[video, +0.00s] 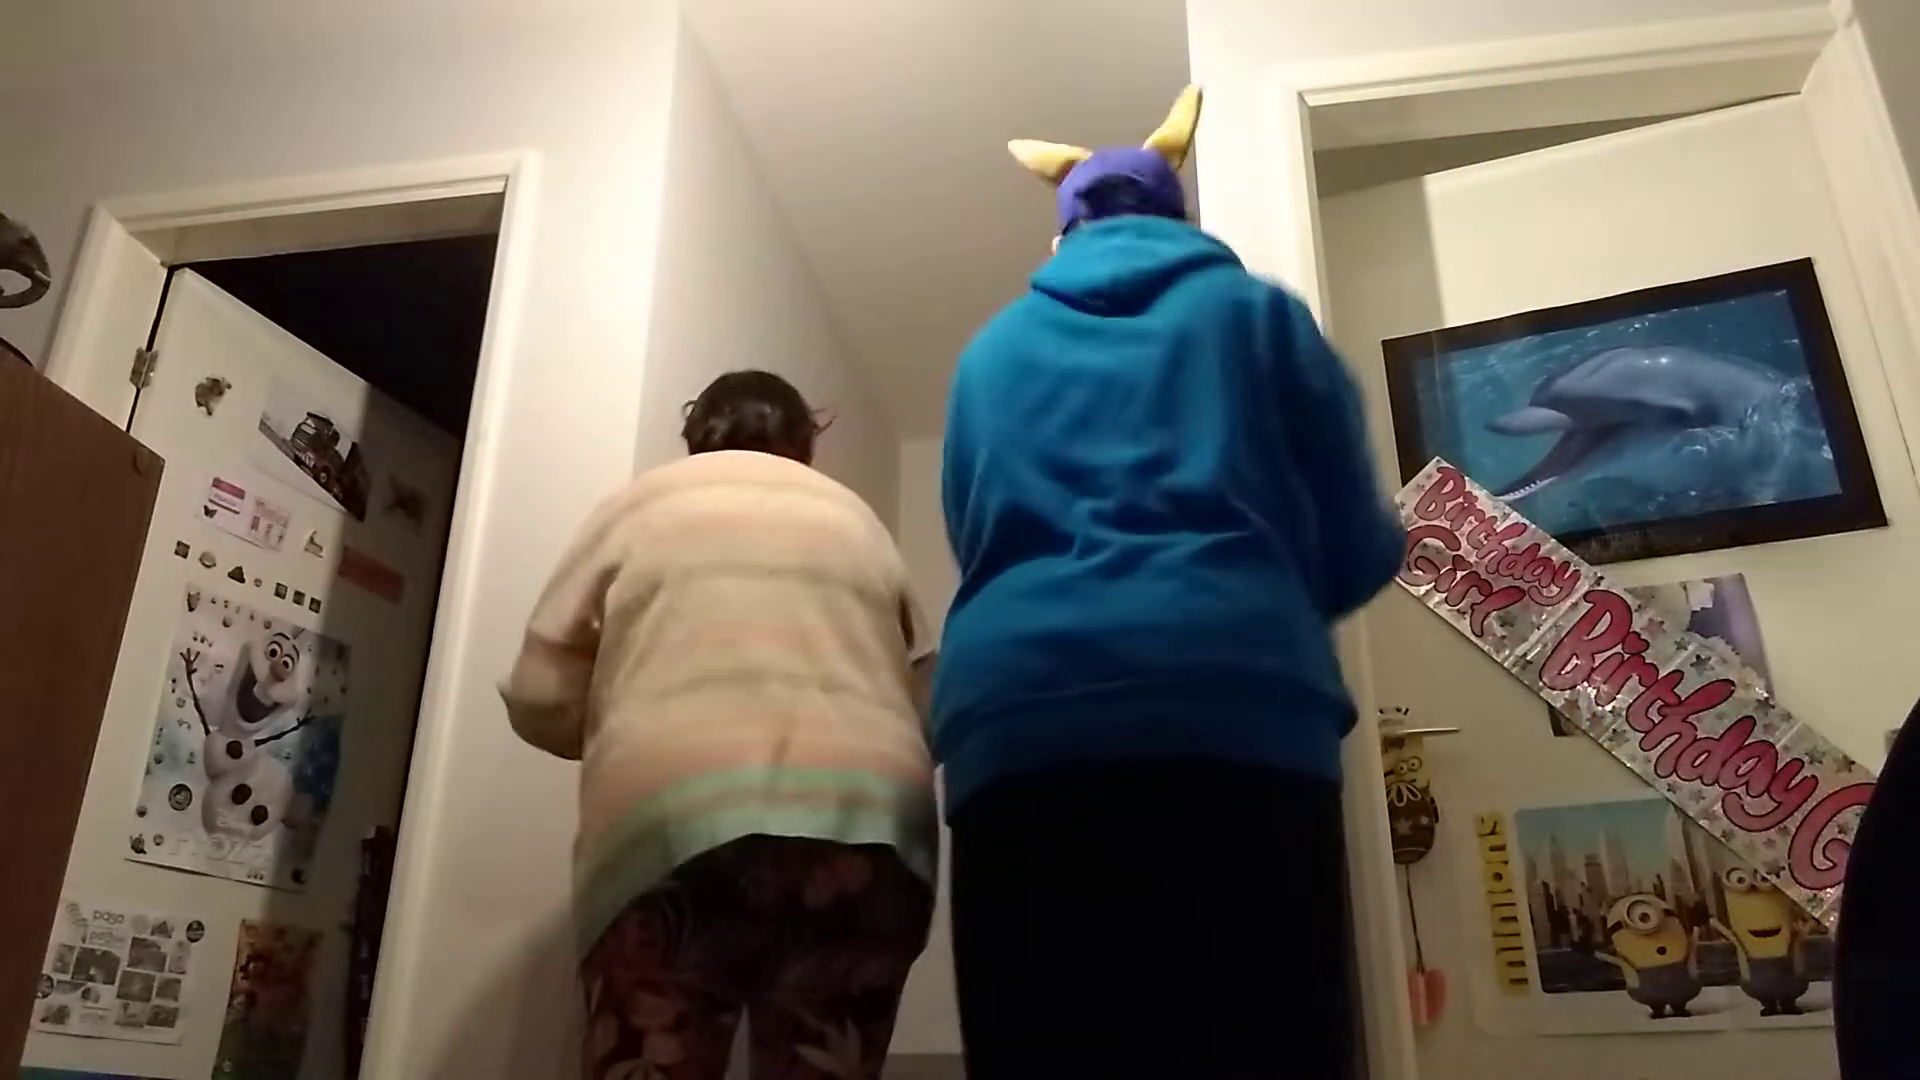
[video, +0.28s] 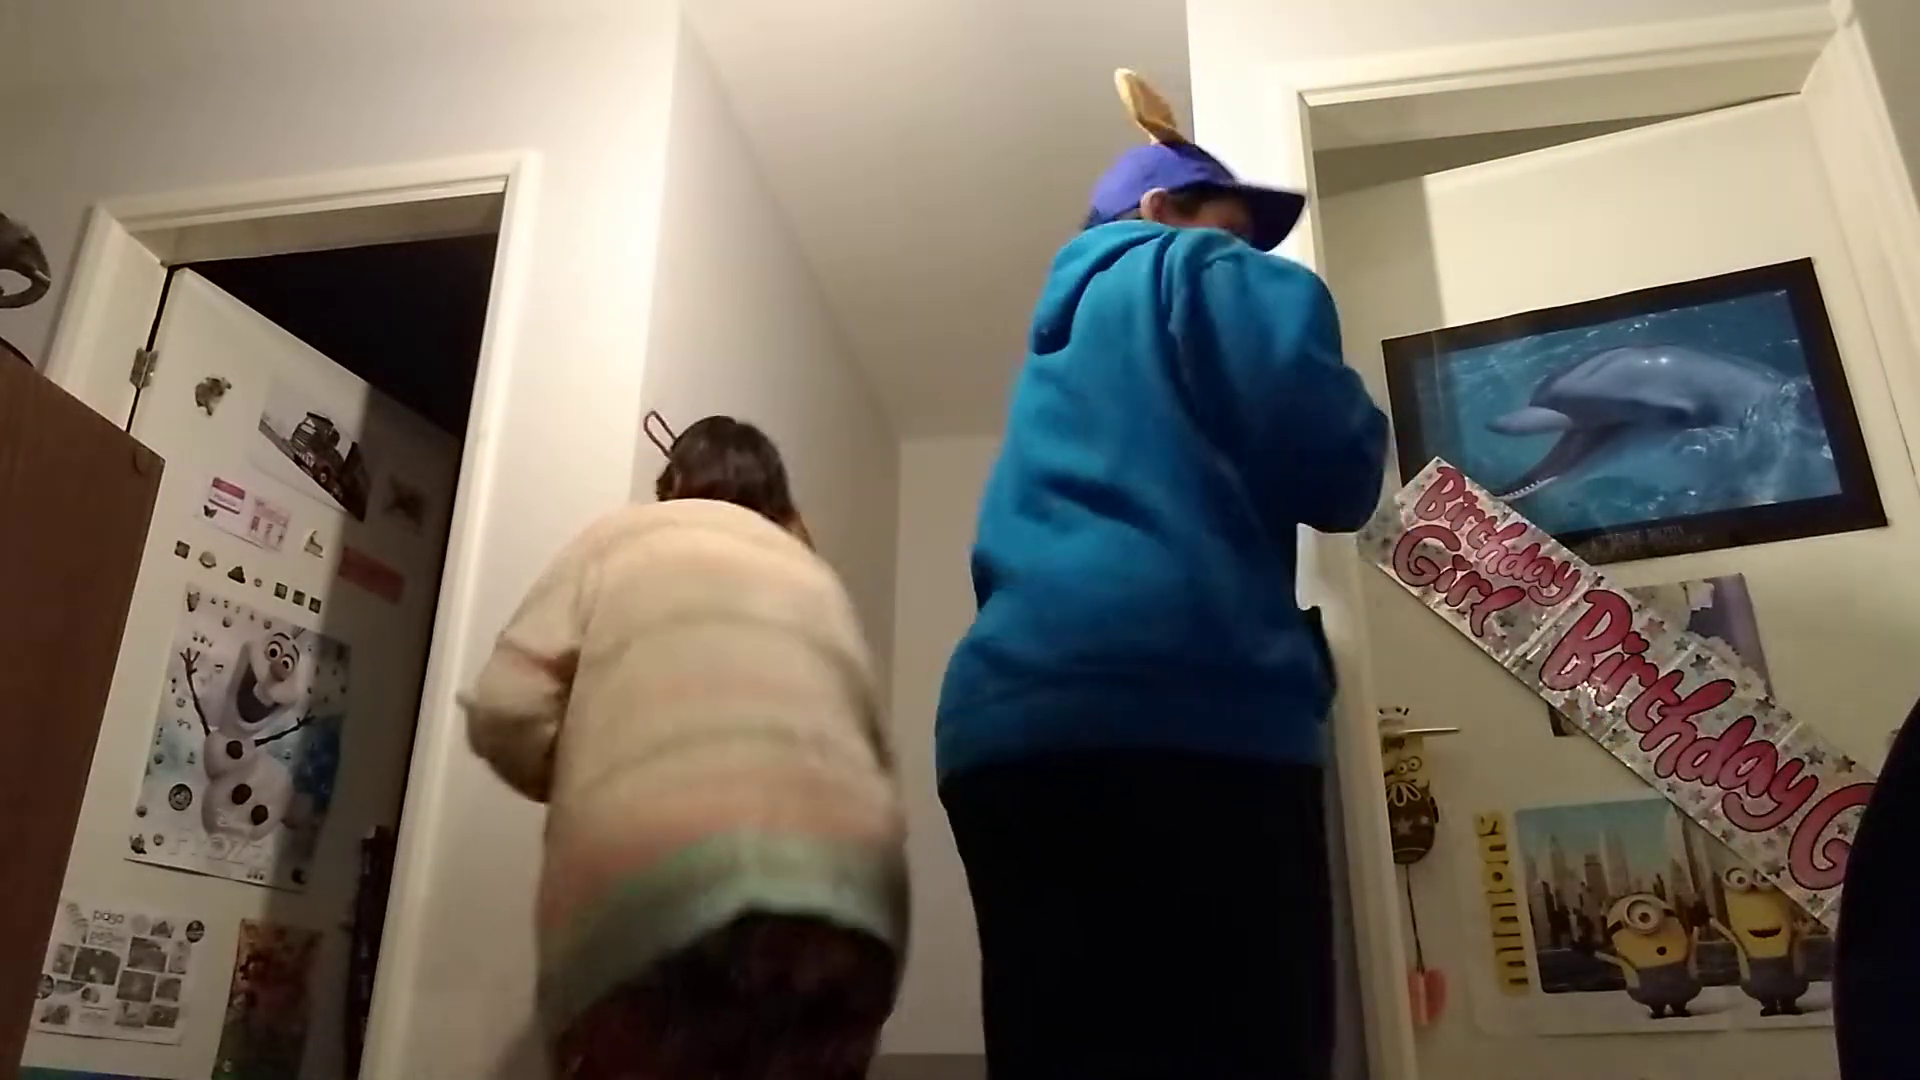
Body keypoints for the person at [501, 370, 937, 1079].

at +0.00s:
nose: (818, 451)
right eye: (817, 442)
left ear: (691, 437)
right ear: (808, 445)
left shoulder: (634, 502)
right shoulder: (860, 518)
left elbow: (537, 694)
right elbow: (916, 678)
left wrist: (639, 727)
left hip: (667, 829)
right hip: (866, 832)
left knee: (650, 1063)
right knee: (826, 1062)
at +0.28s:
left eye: (657, 484)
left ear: (667, 488)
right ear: (786, 508)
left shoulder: (612, 538)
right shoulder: (823, 578)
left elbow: (504, 703)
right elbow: (876, 741)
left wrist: (593, 780)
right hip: (843, 893)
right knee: (811, 1065)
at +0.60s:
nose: (557, 358)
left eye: (566, 347)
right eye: (563, 348)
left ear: (591, 341)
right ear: (672, 365)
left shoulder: (552, 399)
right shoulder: (722, 459)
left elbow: (429, 549)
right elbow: (764, 619)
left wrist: (488, 594)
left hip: (578, 754)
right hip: (751, 775)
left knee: (515, 1032)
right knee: (660, 1046)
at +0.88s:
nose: (454, 412)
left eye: (464, 397)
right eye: (462, 398)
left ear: (485, 401)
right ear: (576, 432)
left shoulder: (455, 468)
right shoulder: (605, 527)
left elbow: (345, 626)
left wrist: (362, 718)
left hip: (445, 854)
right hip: (591, 860)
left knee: (425, 1057)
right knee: (529, 1058)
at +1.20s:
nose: (319, 385)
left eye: (335, 360)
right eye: (327, 361)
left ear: (368, 364)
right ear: (449, 392)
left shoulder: (336, 459)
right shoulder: (466, 502)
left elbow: (213, 622)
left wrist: (229, 717)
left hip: (304, 851)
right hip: (436, 856)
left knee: (202, 1060)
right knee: (309, 1060)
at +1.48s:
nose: (231, 388)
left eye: (253, 368)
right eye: (240, 370)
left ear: (325, 383)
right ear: (331, 390)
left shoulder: (326, 473)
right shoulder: (375, 484)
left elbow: (233, 637)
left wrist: (134, 588)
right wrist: (171, 573)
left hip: (249, 900)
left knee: (180, 1061)